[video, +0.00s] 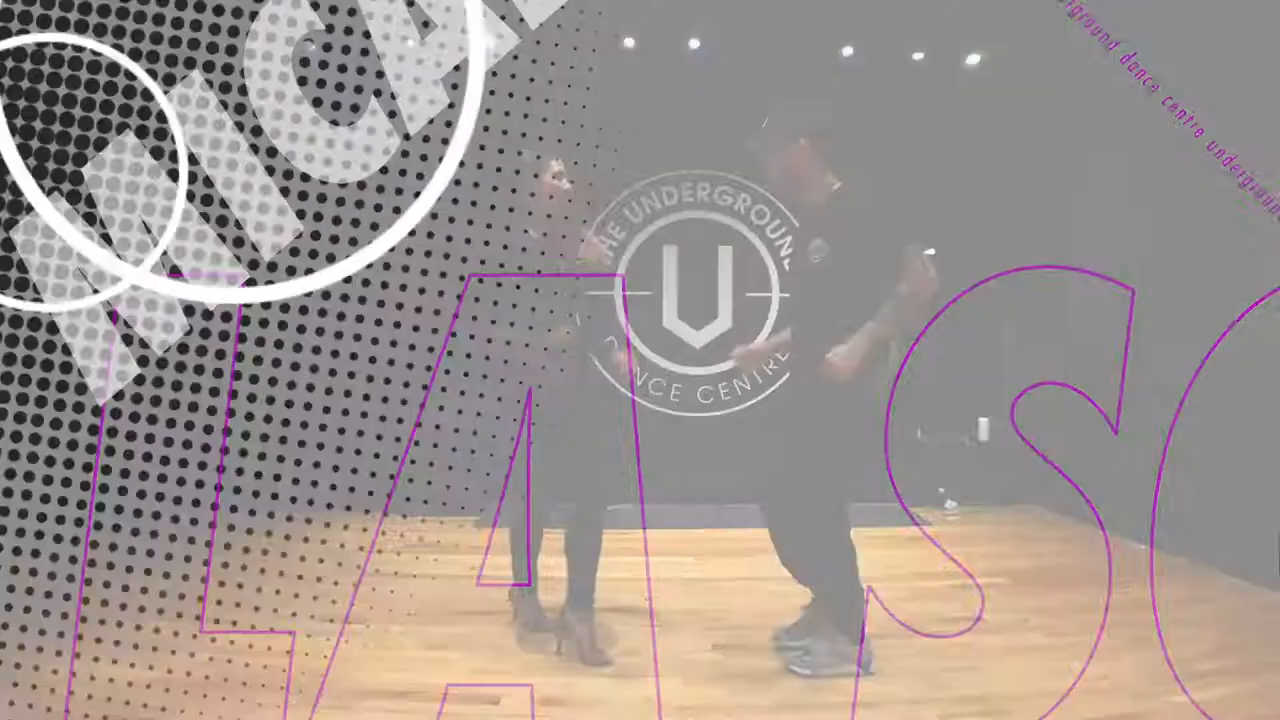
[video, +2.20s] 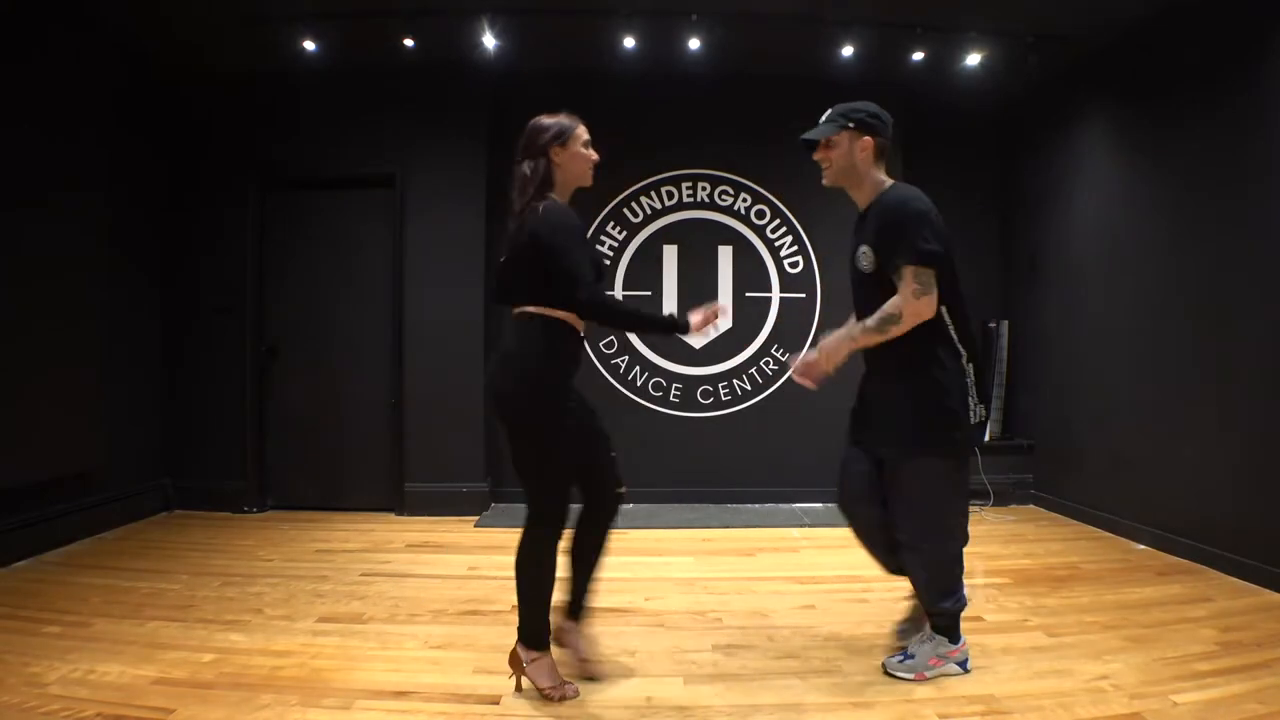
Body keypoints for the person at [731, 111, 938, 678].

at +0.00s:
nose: (768, 170)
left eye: (775, 154)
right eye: (766, 156)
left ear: (809, 147)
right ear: (793, 153)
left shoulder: (861, 219)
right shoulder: (797, 224)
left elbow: (915, 289)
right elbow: (813, 311)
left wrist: (858, 347)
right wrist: (769, 344)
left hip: (837, 384)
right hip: (798, 382)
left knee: (815, 495)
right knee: (784, 493)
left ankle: (846, 634)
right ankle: (828, 606)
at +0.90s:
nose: (761, 174)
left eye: (768, 163)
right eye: (759, 165)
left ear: (801, 158)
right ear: (800, 162)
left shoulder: (843, 218)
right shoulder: (826, 220)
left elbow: (878, 296)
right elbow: (854, 297)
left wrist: (805, 347)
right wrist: (804, 300)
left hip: (860, 402)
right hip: (833, 398)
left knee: (822, 509)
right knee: (785, 485)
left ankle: (851, 637)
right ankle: (859, 591)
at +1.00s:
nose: (774, 167)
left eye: (783, 156)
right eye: (774, 158)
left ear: (818, 157)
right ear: (813, 160)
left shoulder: (862, 214)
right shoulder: (833, 226)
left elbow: (928, 276)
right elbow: (845, 298)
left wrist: (859, 340)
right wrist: (795, 279)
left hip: (865, 400)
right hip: (847, 397)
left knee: (818, 515)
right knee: (841, 509)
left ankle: (853, 638)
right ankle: (932, 586)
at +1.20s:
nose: (794, 166)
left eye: (803, 155)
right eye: (794, 157)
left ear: (838, 158)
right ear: (828, 162)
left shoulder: (887, 216)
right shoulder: (840, 233)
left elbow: (966, 264)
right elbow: (853, 316)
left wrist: (889, 304)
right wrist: (792, 312)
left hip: (883, 405)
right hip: (863, 403)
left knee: (827, 517)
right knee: (899, 509)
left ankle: (853, 638)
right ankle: (961, 608)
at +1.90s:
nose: (843, 182)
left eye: (851, 169)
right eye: (840, 173)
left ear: (887, 163)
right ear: (870, 172)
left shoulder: (951, 220)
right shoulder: (876, 247)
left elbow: (1018, 284)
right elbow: (889, 312)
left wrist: (938, 272)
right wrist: (870, 358)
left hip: (947, 400)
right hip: (911, 402)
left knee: (873, 503)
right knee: (949, 502)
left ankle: (922, 623)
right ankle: (999, 606)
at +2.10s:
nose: (830, 162)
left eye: (839, 150)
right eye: (829, 153)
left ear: (875, 151)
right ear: (862, 156)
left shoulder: (925, 213)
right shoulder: (869, 231)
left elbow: (936, 305)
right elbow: (885, 316)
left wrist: (857, 296)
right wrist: (856, 374)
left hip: (935, 389)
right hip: (892, 390)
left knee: (924, 509)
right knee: (892, 503)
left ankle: (945, 639)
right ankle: (969, 583)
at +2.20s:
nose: (818, 154)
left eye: (829, 143)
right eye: (818, 145)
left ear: (865, 144)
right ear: (853, 149)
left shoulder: (904, 207)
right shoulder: (868, 219)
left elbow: (920, 301)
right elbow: (876, 311)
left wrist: (841, 343)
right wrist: (827, 350)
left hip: (929, 392)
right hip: (886, 391)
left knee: (927, 509)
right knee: (861, 496)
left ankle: (946, 640)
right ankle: (931, 588)